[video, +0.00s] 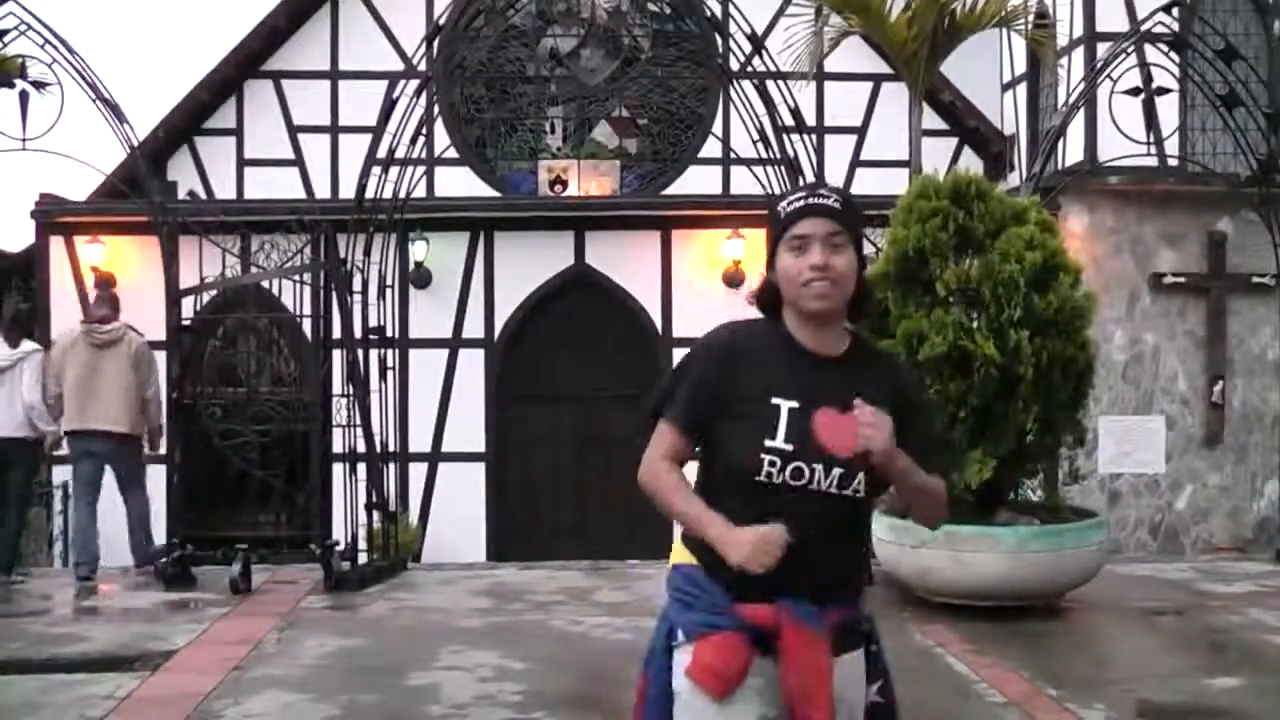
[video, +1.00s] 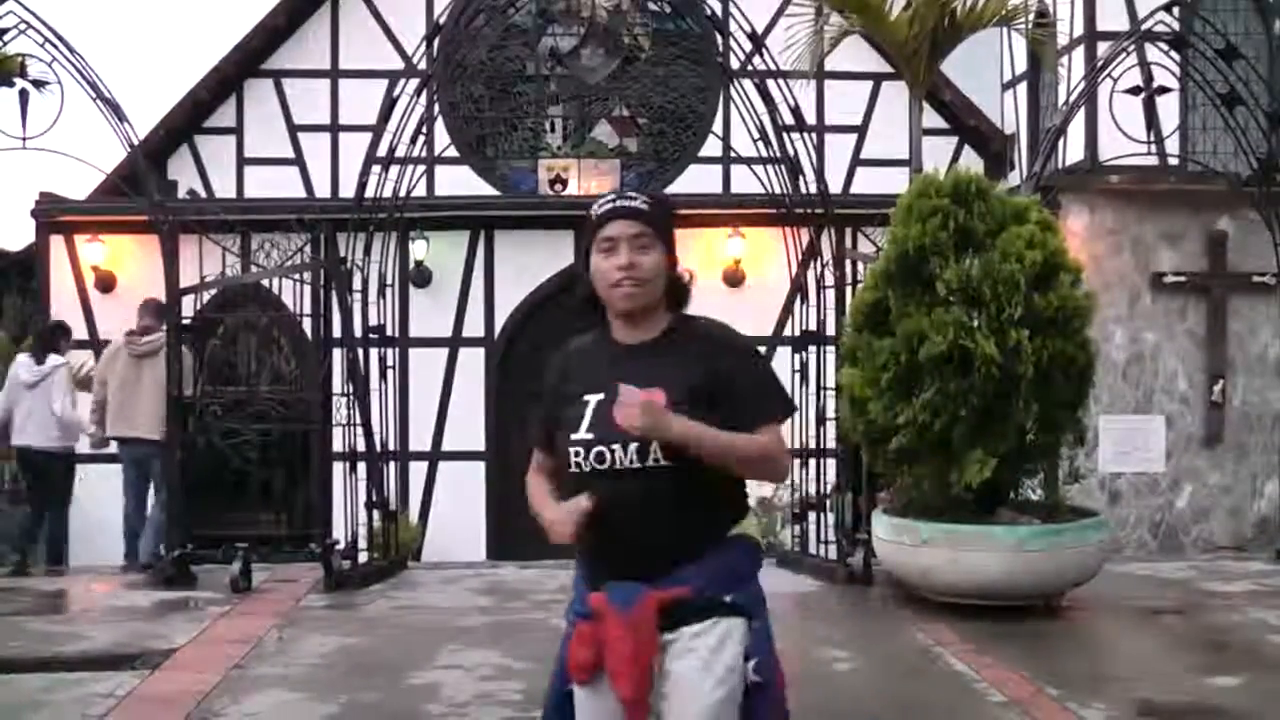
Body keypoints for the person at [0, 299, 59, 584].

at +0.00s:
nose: (32, 330)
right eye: (31, 325)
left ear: (5, 325)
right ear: (27, 326)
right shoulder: (32, 354)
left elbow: (32, 399)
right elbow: (32, 399)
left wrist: (49, 428)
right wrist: (50, 429)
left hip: (8, 437)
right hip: (19, 438)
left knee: (13, 506)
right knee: (14, 506)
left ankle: (9, 566)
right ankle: (7, 568)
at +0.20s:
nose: (36, 330)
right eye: (34, 326)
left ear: (7, 326)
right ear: (31, 327)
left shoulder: (4, 349)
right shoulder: (35, 351)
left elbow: (39, 396)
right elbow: (40, 396)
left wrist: (58, 427)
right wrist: (60, 428)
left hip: (5, 433)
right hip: (26, 434)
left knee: (10, 496)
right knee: (23, 496)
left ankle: (15, 559)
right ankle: (10, 548)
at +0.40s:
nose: (31, 329)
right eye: (31, 324)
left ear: (7, 323)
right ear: (30, 325)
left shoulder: (1, 347)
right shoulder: (36, 347)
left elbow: (43, 391)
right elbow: (44, 391)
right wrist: (63, 419)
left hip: (6, 432)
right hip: (32, 433)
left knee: (10, 492)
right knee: (41, 489)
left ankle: (7, 555)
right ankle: (26, 535)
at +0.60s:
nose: (38, 328)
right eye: (36, 324)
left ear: (9, 323)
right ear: (32, 325)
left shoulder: (2, 347)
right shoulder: (40, 349)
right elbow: (51, 393)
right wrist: (76, 417)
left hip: (6, 432)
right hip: (37, 434)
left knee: (12, 496)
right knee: (49, 491)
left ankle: (14, 561)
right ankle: (44, 553)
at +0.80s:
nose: (55, 333)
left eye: (54, 328)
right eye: (52, 329)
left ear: (19, 329)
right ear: (44, 330)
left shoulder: (6, 355)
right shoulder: (51, 357)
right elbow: (56, 397)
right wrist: (79, 417)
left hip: (10, 437)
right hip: (43, 438)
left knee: (16, 499)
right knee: (49, 499)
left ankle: (15, 559)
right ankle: (48, 559)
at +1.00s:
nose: (68, 347)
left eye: (69, 342)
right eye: (67, 342)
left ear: (40, 339)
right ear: (59, 341)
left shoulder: (19, 365)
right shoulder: (60, 367)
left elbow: (5, 404)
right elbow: (62, 409)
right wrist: (89, 428)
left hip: (24, 445)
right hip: (55, 447)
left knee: (36, 505)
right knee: (58, 507)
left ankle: (21, 555)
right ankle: (55, 563)